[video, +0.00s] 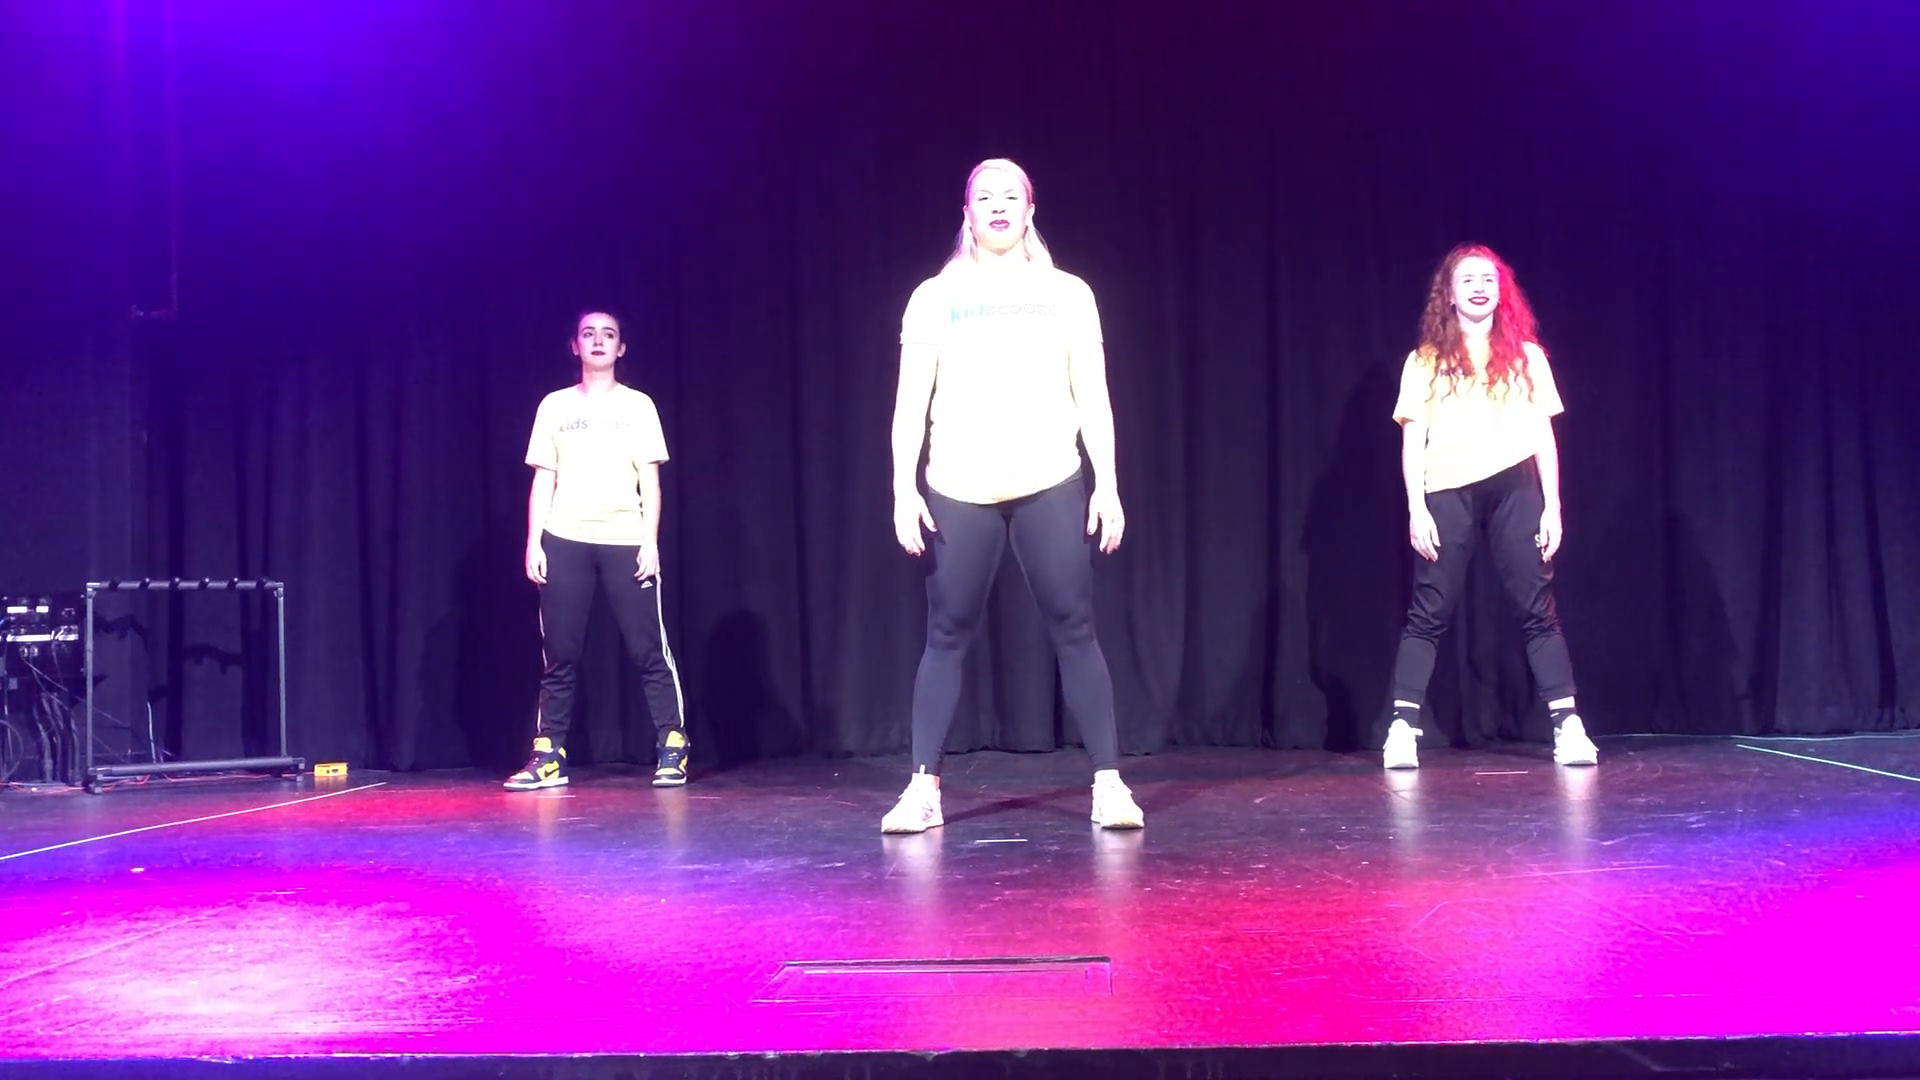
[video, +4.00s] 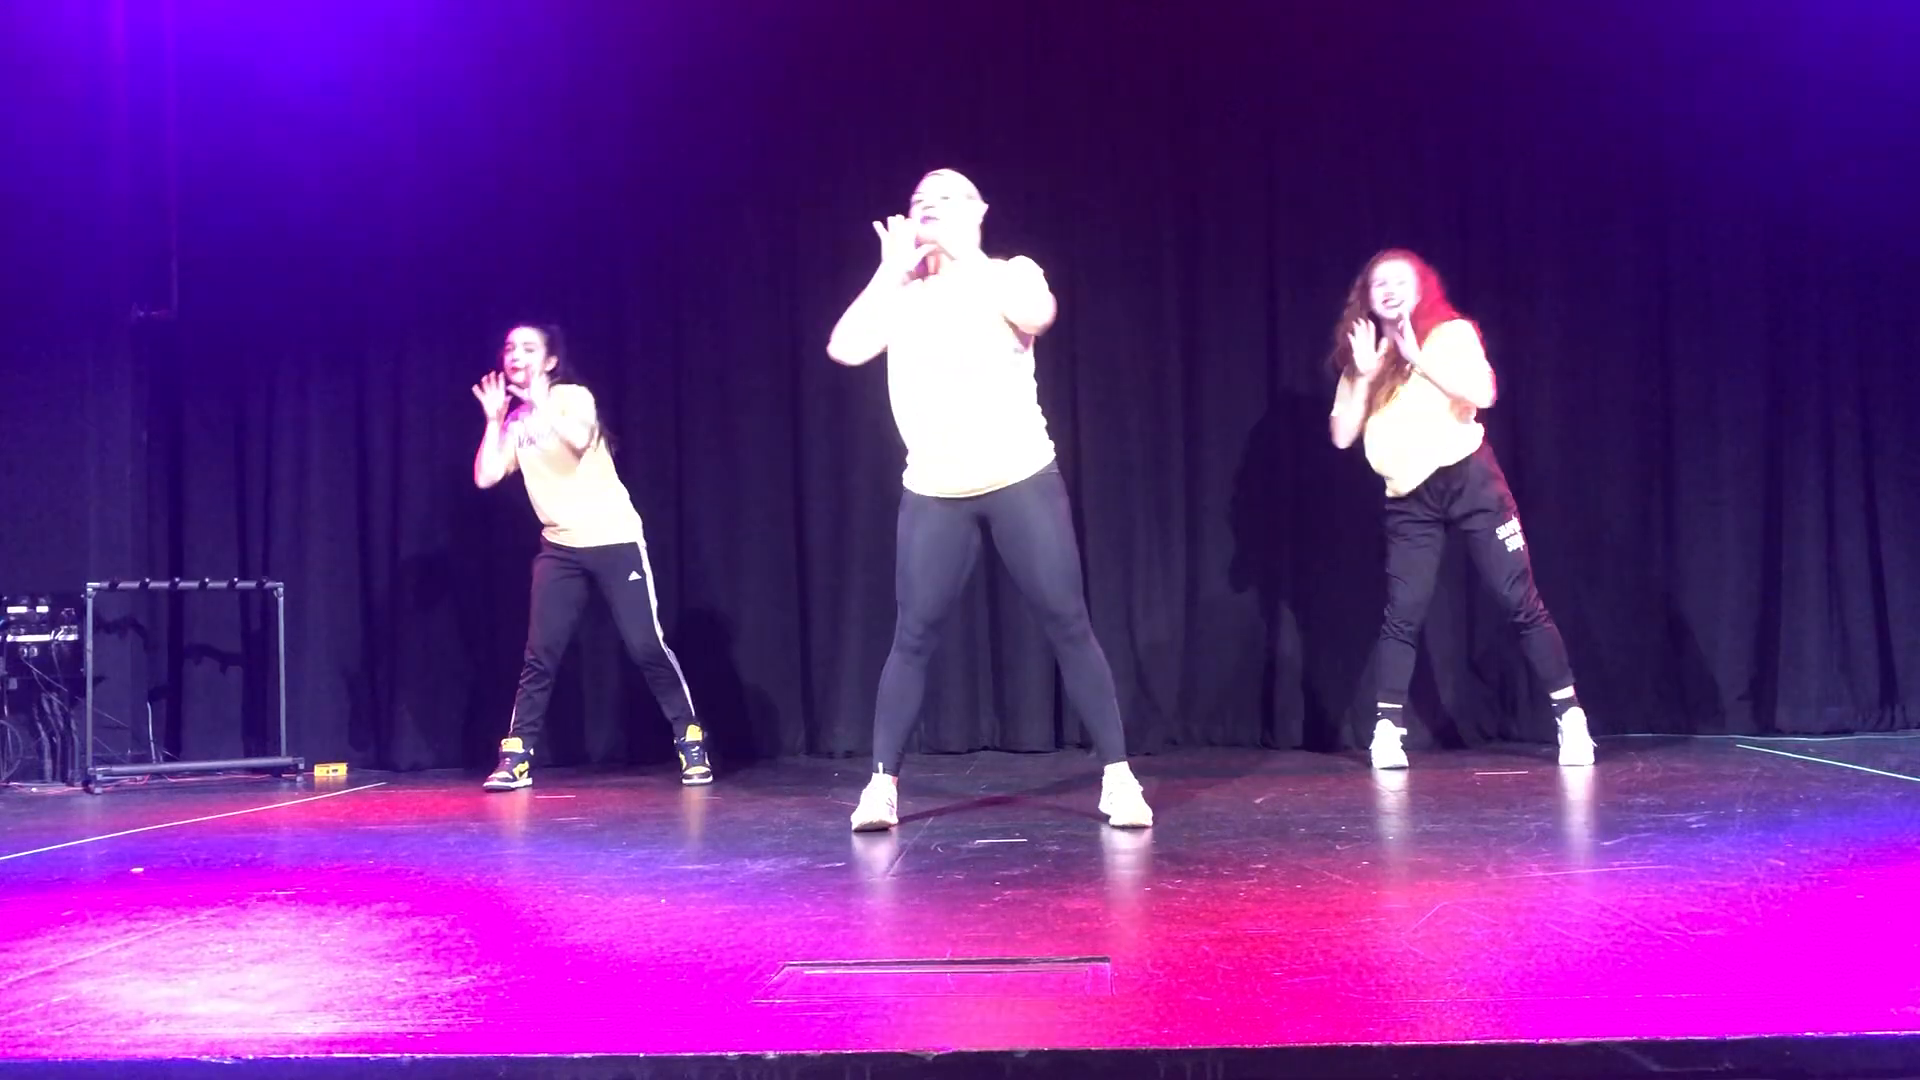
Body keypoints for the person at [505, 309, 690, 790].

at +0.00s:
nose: (598, 341)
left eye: (607, 335)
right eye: (589, 334)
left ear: (620, 347)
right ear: (575, 346)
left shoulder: (638, 405)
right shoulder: (554, 405)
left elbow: (650, 480)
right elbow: (542, 479)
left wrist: (650, 542)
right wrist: (534, 542)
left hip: (626, 542)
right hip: (565, 542)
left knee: (648, 652)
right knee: (559, 655)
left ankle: (672, 748)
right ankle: (550, 756)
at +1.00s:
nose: (501, 365)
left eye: (513, 358)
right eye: (495, 359)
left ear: (538, 370)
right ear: (491, 373)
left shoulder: (564, 415)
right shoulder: (515, 433)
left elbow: (603, 474)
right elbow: (476, 472)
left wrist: (620, 544)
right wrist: (481, 413)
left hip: (621, 545)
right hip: (578, 552)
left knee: (643, 651)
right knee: (555, 650)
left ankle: (688, 745)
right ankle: (549, 757)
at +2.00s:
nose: (631, 357)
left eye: (639, 351)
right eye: (622, 347)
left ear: (646, 363)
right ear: (598, 355)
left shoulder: (657, 415)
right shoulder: (576, 405)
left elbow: (708, 459)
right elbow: (572, 451)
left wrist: (767, 475)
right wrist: (597, 398)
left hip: (640, 550)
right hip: (579, 548)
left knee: (661, 648)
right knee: (546, 649)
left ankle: (689, 748)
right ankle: (544, 755)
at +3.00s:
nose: (721, 384)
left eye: (724, 377)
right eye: (711, 374)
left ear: (726, 388)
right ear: (684, 381)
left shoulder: (713, 443)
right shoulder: (651, 416)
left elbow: (763, 485)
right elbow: (660, 471)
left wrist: (744, 434)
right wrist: (693, 413)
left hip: (659, 554)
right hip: (604, 546)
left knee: (684, 645)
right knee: (565, 648)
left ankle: (683, 754)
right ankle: (503, 747)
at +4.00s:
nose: (517, 357)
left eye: (528, 349)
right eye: (510, 349)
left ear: (550, 359)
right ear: (502, 361)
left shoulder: (574, 397)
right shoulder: (513, 419)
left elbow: (579, 440)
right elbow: (486, 476)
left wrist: (540, 401)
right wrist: (494, 419)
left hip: (616, 541)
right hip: (560, 545)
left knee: (646, 647)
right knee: (540, 653)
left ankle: (691, 743)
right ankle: (517, 757)